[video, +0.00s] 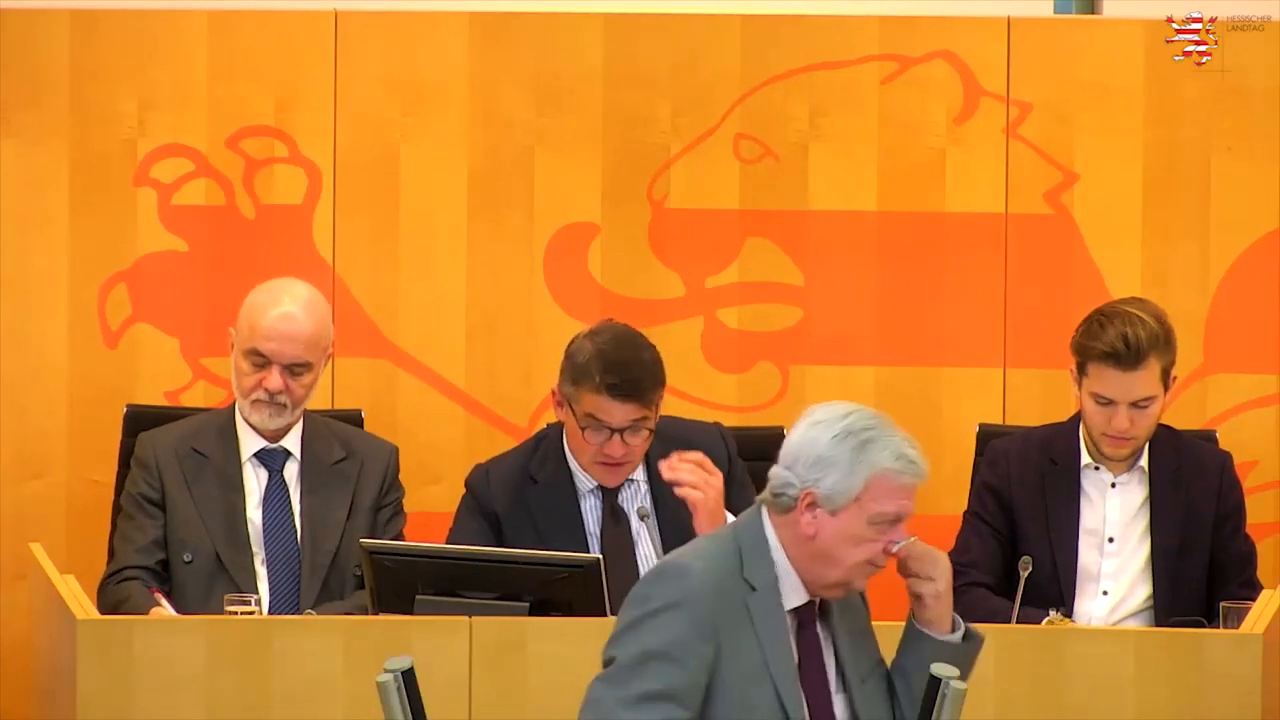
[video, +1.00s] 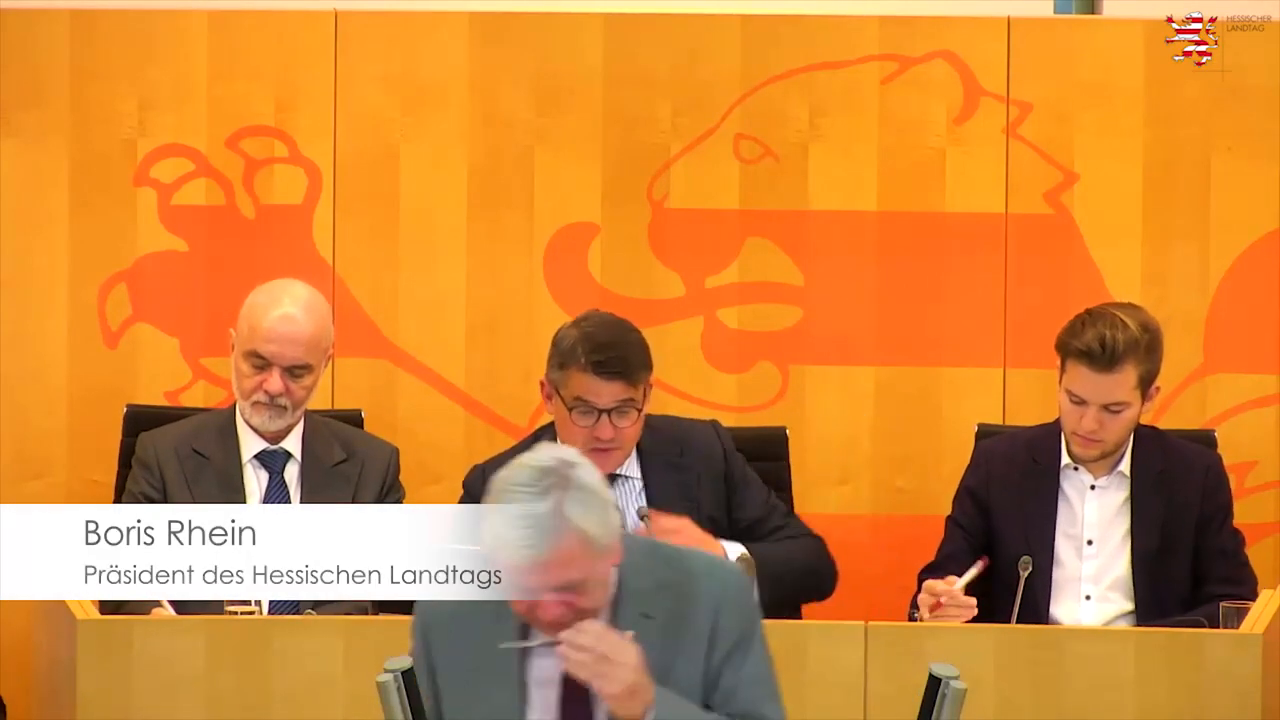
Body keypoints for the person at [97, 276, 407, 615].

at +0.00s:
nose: (273, 385)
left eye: (297, 370)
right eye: (258, 361)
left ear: (325, 360)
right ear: (232, 346)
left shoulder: (374, 463)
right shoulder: (162, 456)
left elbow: (392, 593)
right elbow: (124, 583)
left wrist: (310, 629)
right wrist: (171, 630)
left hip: (331, 674)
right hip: (200, 669)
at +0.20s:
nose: (274, 386)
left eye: (297, 370)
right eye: (258, 362)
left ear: (325, 361)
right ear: (233, 346)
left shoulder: (374, 464)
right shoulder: (162, 455)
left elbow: (392, 592)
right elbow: (127, 582)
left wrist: (309, 630)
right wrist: (163, 627)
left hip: (331, 674)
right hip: (201, 669)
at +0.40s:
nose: (274, 387)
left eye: (297, 371)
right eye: (258, 363)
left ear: (326, 361)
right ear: (233, 346)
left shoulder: (374, 464)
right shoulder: (163, 456)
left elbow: (392, 593)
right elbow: (127, 582)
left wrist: (308, 630)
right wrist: (168, 630)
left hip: (331, 674)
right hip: (201, 669)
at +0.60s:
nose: (274, 387)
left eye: (297, 371)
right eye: (258, 363)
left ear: (325, 362)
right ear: (233, 346)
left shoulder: (374, 465)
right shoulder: (161, 455)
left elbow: (390, 596)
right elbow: (123, 587)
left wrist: (305, 630)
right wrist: (153, 619)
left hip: (329, 672)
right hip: (197, 667)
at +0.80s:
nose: (274, 388)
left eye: (297, 371)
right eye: (258, 363)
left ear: (326, 361)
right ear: (233, 347)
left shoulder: (373, 464)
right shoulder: (161, 455)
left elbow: (397, 599)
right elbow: (121, 587)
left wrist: (311, 637)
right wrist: (154, 622)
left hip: (329, 667)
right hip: (196, 662)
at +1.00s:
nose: (273, 388)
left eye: (297, 372)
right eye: (258, 363)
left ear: (326, 360)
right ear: (233, 346)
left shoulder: (373, 465)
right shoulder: (161, 455)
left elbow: (391, 594)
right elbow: (121, 585)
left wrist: (308, 634)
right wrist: (152, 618)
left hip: (327, 666)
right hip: (195, 661)